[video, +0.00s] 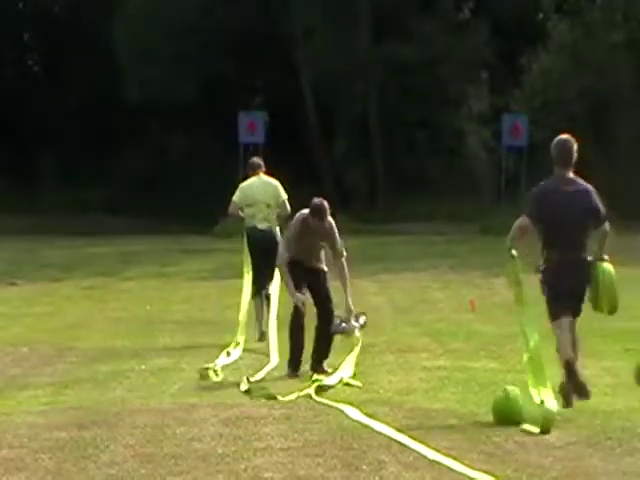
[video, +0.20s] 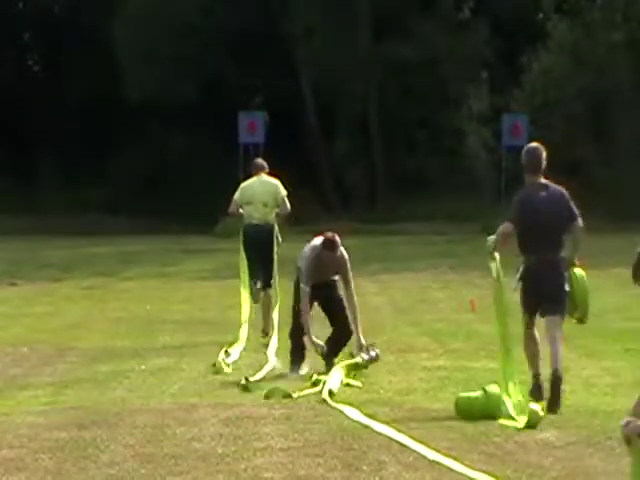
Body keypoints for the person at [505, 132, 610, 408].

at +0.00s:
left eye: (558, 157)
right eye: (571, 155)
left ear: (552, 158)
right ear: (575, 158)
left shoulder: (542, 192)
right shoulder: (586, 191)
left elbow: (523, 225)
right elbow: (604, 228)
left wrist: (510, 247)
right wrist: (598, 255)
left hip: (553, 261)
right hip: (579, 260)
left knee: (560, 320)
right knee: (570, 320)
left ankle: (571, 369)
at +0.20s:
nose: (532, 168)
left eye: (528, 164)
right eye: (538, 163)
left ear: (523, 165)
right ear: (545, 164)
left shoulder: (521, 198)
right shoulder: (559, 195)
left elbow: (508, 229)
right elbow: (577, 226)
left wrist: (495, 245)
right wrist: (572, 256)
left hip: (531, 264)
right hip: (556, 263)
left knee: (529, 327)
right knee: (554, 327)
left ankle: (536, 380)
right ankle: (556, 372)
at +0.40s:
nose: (520, 173)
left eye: (514, 169)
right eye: (524, 169)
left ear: (507, 171)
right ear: (528, 171)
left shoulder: (499, 202)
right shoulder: (539, 200)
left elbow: (488, 238)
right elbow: (551, 232)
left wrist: (488, 266)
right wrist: (548, 257)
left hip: (509, 265)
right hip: (534, 263)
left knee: (514, 320)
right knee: (526, 320)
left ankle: (525, 372)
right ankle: (528, 370)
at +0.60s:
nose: (489, 175)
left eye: (486, 171)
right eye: (497, 169)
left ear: (482, 173)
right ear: (502, 171)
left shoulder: (484, 203)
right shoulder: (518, 199)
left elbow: (468, 238)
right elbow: (535, 231)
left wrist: (458, 265)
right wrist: (533, 260)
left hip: (491, 269)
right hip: (514, 269)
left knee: (485, 318)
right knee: (511, 324)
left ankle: (492, 364)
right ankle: (508, 376)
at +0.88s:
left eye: (461, 182)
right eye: (472, 180)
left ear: (458, 183)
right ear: (477, 181)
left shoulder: (457, 210)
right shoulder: (492, 200)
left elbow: (447, 248)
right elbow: (511, 225)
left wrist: (437, 280)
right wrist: (512, 255)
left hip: (470, 262)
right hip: (493, 259)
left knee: (473, 313)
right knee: (485, 313)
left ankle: (479, 345)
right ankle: (478, 365)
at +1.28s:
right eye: (452, 182)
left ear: (437, 187)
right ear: (454, 183)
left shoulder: (433, 210)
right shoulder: (468, 200)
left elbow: (432, 241)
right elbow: (483, 221)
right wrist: (488, 244)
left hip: (447, 254)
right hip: (467, 251)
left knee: (452, 305)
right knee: (469, 301)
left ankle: (458, 344)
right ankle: (467, 345)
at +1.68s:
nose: (437, 179)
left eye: (433, 176)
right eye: (439, 175)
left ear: (423, 177)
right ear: (440, 176)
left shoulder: (418, 200)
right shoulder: (451, 197)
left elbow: (406, 223)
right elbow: (467, 219)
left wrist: (407, 244)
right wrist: (473, 242)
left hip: (431, 247)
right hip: (452, 246)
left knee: (430, 296)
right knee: (449, 291)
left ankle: (433, 341)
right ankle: (453, 330)